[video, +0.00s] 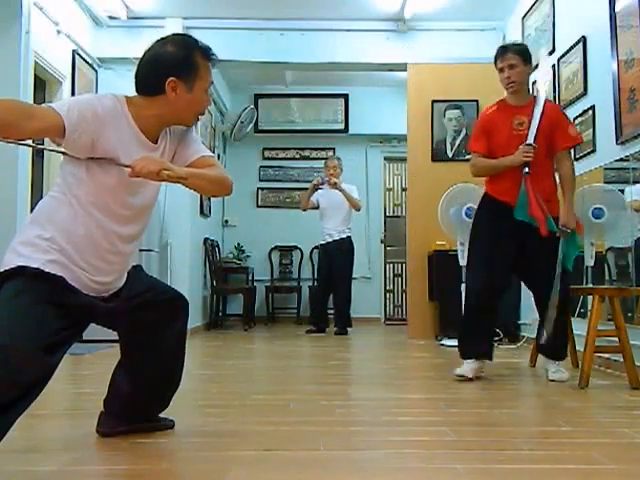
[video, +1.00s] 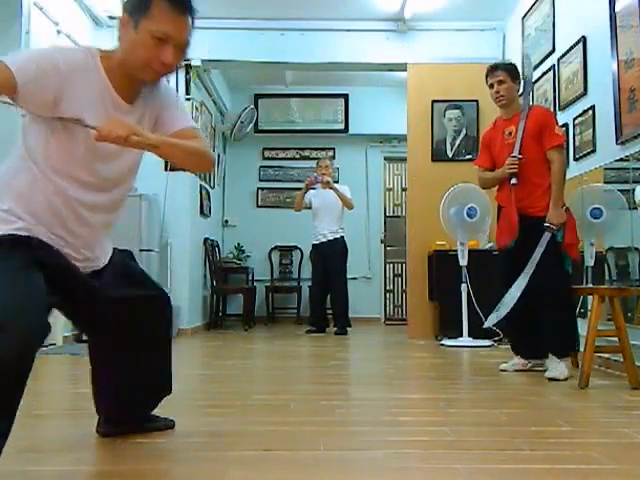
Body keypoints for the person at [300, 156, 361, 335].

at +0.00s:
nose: (332, 172)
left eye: (335, 168)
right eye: (329, 168)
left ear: (341, 170)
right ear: (325, 171)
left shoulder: (349, 189)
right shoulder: (321, 194)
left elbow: (357, 207)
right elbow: (304, 206)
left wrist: (340, 189)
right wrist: (311, 188)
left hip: (343, 242)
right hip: (326, 243)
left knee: (342, 286)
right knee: (322, 285)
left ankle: (342, 325)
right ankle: (320, 324)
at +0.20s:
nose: (329, 171)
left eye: (332, 167)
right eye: (326, 168)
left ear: (337, 170)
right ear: (321, 171)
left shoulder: (346, 189)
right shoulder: (317, 194)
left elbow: (354, 206)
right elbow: (301, 206)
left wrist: (338, 188)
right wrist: (308, 188)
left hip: (340, 242)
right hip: (323, 243)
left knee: (340, 286)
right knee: (319, 286)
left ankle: (341, 325)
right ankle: (319, 324)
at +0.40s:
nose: (327, 171)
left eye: (330, 167)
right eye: (324, 168)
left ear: (335, 169)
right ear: (319, 171)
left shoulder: (344, 189)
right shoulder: (315, 193)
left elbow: (352, 205)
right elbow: (299, 205)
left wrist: (335, 188)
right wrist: (306, 188)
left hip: (339, 241)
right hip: (321, 243)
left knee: (339, 286)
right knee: (319, 287)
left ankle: (341, 324)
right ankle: (319, 323)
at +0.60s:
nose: (325, 171)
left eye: (328, 167)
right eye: (322, 168)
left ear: (333, 170)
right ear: (317, 171)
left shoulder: (342, 189)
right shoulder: (314, 193)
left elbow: (351, 205)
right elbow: (298, 205)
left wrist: (334, 188)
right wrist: (305, 187)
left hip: (337, 242)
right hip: (319, 243)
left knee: (339, 286)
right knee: (318, 287)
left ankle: (341, 324)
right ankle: (318, 323)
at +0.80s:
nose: (324, 171)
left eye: (327, 167)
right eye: (321, 168)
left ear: (332, 170)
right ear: (317, 171)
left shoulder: (342, 189)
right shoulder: (313, 194)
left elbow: (350, 206)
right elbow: (297, 206)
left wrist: (333, 188)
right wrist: (305, 187)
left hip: (337, 241)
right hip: (319, 243)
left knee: (338, 286)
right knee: (317, 287)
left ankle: (341, 324)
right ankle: (318, 323)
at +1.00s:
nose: (324, 171)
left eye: (327, 167)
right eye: (321, 168)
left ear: (332, 170)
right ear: (316, 171)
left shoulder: (341, 189)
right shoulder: (312, 193)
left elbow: (350, 206)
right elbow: (298, 207)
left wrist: (333, 188)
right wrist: (304, 189)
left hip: (336, 242)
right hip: (318, 243)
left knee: (338, 286)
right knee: (317, 287)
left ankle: (341, 324)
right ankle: (318, 323)